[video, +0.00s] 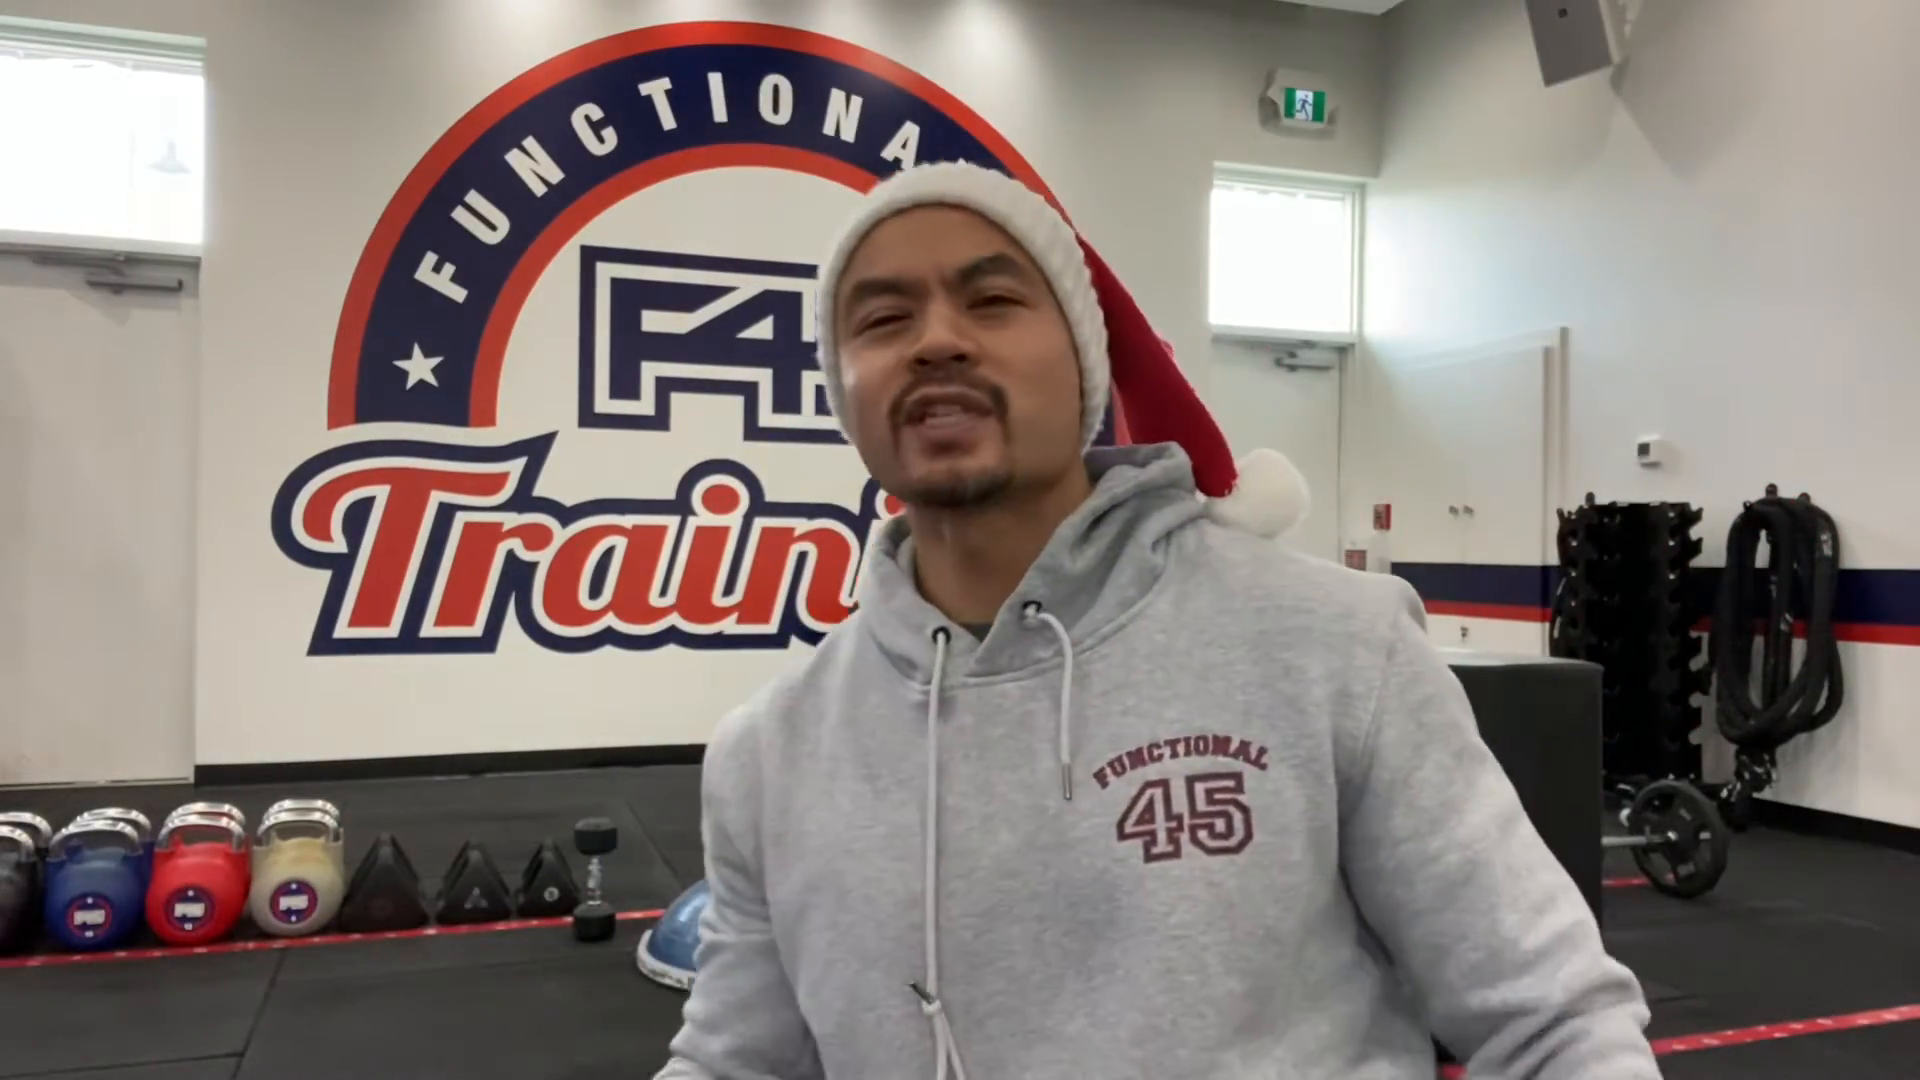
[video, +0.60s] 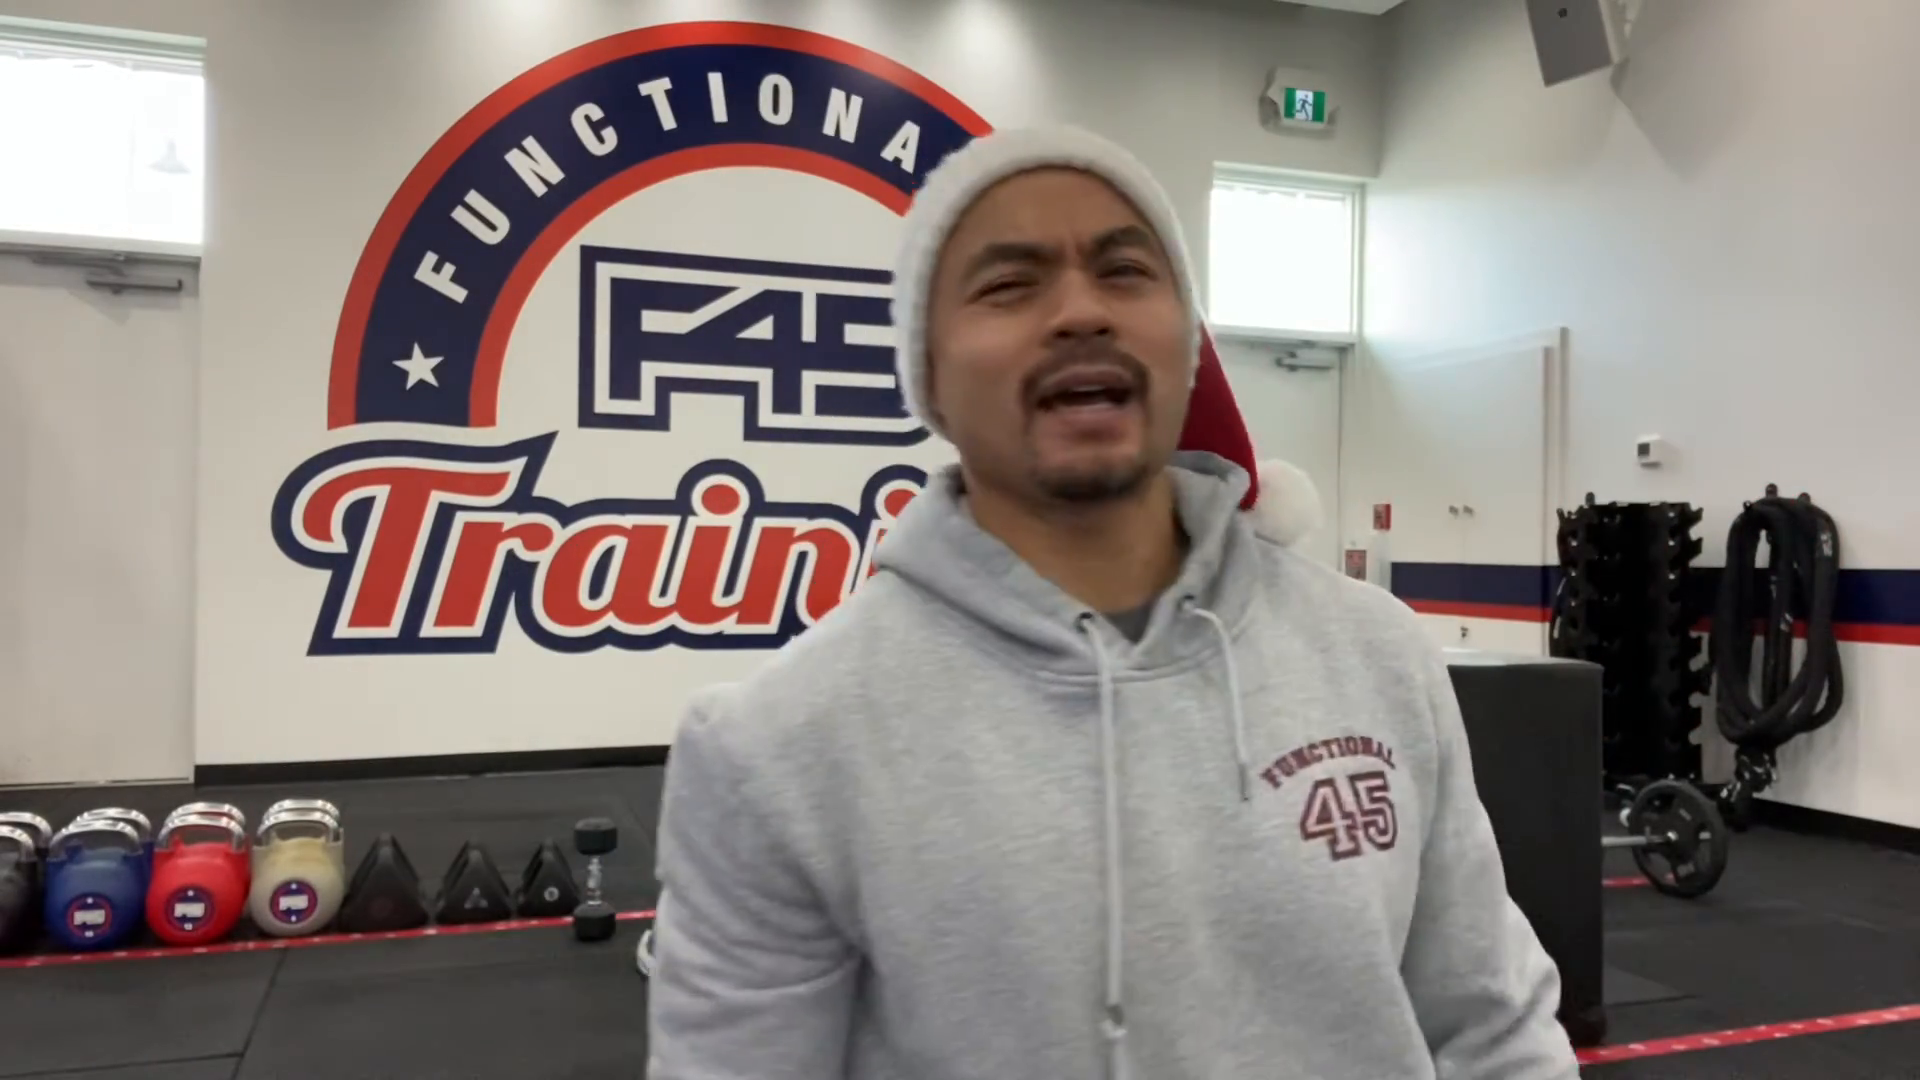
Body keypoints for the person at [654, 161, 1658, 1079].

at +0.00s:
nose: (938, 342)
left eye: (995, 300)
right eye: (885, 318)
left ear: (1088, 361)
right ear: (844, 399)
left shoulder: (1334, 646)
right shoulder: (765, 762)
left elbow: (1556, 1025)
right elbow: (723, 1064)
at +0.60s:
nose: (1083, 313)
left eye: (1128, 270)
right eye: (1010, 283)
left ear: (1190, 337)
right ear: (924, 374)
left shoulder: (1376, 658)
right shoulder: (771, 752)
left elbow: (1498, 1035)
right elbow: (725, 1064)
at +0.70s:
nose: (1164, 326)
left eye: (1197, 289)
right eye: (1091, 292)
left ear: (1244, 348)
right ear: (993, 379)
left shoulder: (1374, 664)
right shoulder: (836, 732)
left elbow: (1488, 1000)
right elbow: (778, 1071)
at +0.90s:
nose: (1383, 440)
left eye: (1406, 410)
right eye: (1332, 384)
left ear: (1413, 442)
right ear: (1192, 392)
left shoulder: (1360, 687)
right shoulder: (977, 660)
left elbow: (1464, 1049)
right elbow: (854, 1050)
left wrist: (1402, 927)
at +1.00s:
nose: (1384, 435)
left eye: (1406, 408)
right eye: (1335, 388)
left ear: (1418, 441)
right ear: (1201, 403)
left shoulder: (1388, 707)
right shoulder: (1007, 657)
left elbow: (1423, 1055)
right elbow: (847, 1039)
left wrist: (1439, 985)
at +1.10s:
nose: (1348, 417)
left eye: (1368, 385)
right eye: (1290, 372)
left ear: (1387, 421)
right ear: (1170, 409)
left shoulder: (1403, 690)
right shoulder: (1005, 661)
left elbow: (1456, 972)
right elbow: (876, 1038)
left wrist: (1458, 1009)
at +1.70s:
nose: (818, 425)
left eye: (865, 382)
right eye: (790, 409)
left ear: (977, 409)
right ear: (777, 463)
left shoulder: (1182, 656)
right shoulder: (752, 720)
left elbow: (1311, 923)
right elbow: (742, 982)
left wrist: (1162, 1037)